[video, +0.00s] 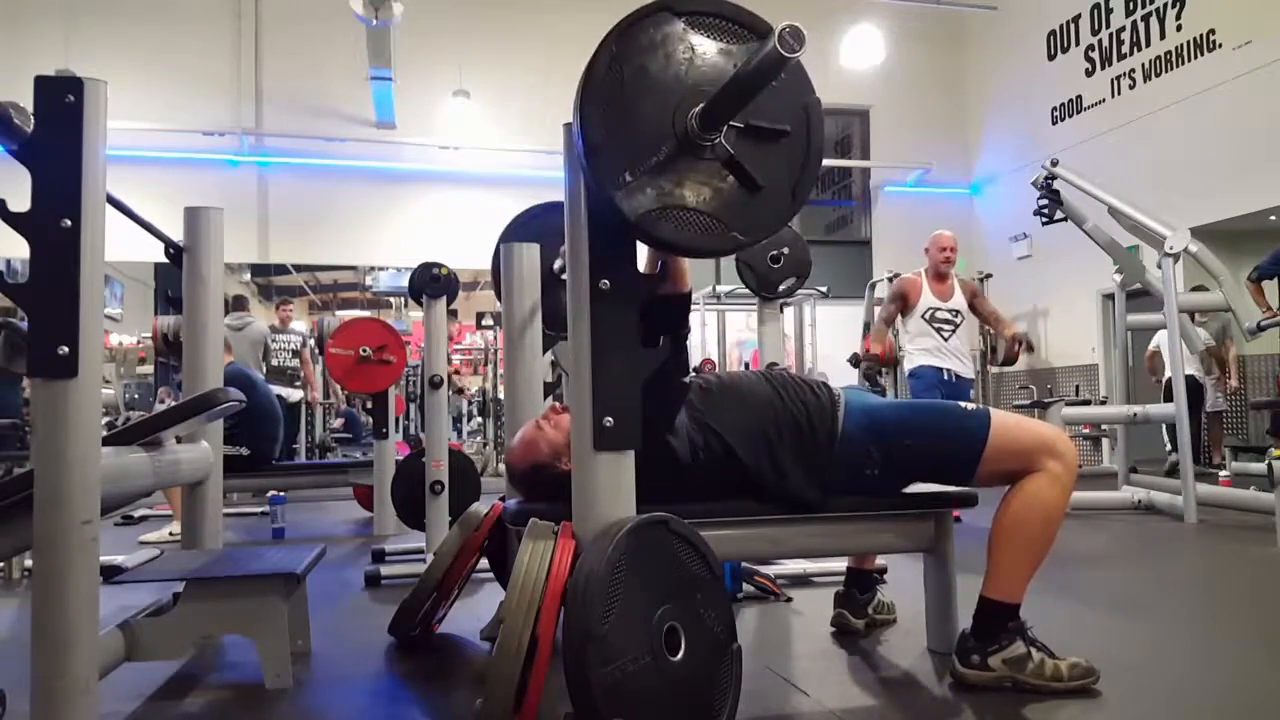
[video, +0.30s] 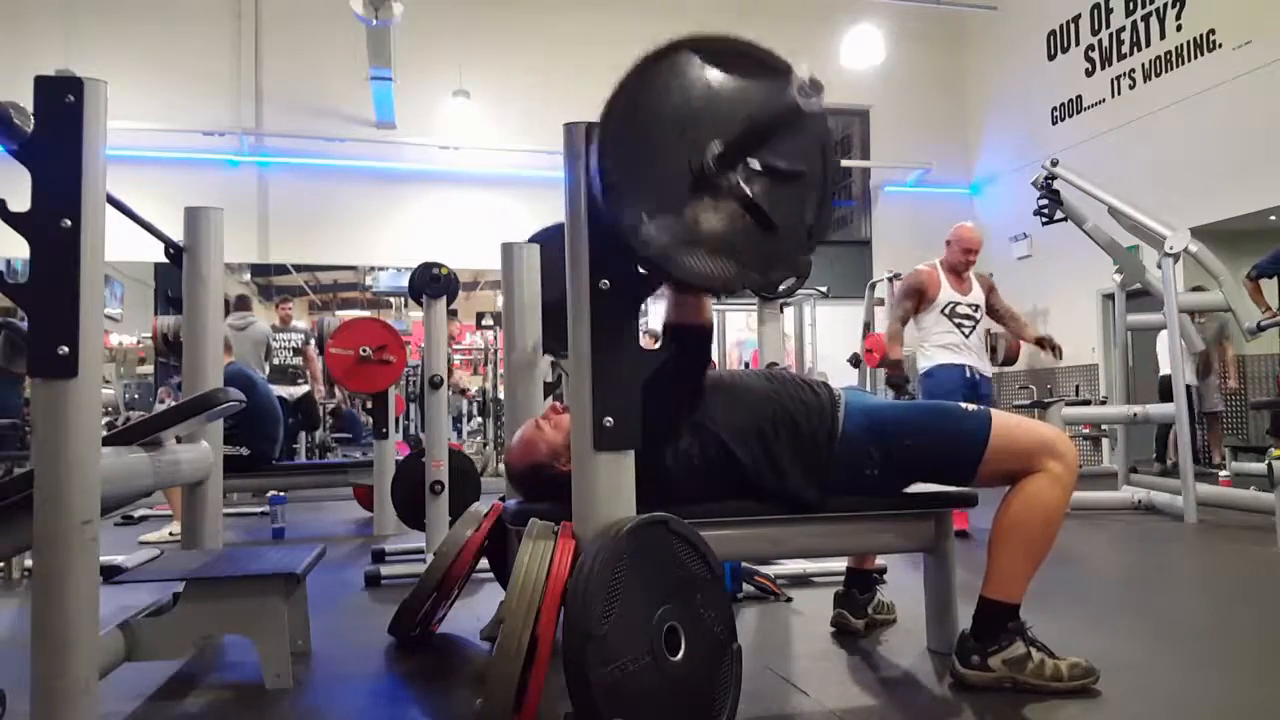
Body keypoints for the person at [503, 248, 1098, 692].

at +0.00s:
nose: (554, 409)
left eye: (544, 413)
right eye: (545, 426)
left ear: (564, 431)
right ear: (562, 463)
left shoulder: (615, 434)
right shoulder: (629, 457)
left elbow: (647, 366)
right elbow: (657, 348)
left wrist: (662, 266)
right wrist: (669, 255)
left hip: (827, 419)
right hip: (846, 435)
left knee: (922, 437)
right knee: (1054, 454)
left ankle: (858, 592)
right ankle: (992, 639)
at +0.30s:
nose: (554, 408)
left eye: (544, 411)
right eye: (548, 423)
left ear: (560, 440)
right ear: (565, 459)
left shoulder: (613, 434)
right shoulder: (635, 453)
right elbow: (687, 344)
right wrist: (697, 233)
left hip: (820, 418)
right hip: (841, 436)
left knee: (925, 431)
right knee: (1054, 452)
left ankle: (860, 590)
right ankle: (993, 639)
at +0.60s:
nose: (550, 413)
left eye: (541, 416)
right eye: (543, 426)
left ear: (555, 424)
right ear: (553, 457)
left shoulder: (613, 425)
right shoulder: (608, 449)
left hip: (802, 424)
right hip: (826, 437)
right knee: (1057, 454)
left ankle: (858, 594)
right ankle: (992, 640)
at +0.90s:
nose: (550, 406)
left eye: (540, 413)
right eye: (544, 424)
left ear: (557, 419)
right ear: (562, 456)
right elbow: (750, 457)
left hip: (811, 417)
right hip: (839, 440)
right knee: (1058, 456)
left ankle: (857, 598)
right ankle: (991, 642)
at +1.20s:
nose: (555, 404)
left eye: (545, 409)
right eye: (549, 418)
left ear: (562, 450)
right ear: (566, 451)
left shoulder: (616, 434)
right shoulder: (638, 442)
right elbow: (764, 457)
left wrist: (656, 384)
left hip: (806, 432)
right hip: (845, 440)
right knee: (1059, 456)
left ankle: (858, 595)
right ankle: (992, 641)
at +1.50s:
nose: (552, 406)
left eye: (542, 413)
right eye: (546, 423)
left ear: (563, 422)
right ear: (564, 453)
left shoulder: (626, 419)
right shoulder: (627, 451)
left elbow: (721, 403)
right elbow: (738, 435)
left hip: (808, 428)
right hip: (843, 438)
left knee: (892, 444)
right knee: (1060, 457)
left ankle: (858, 597)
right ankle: (993, 639)